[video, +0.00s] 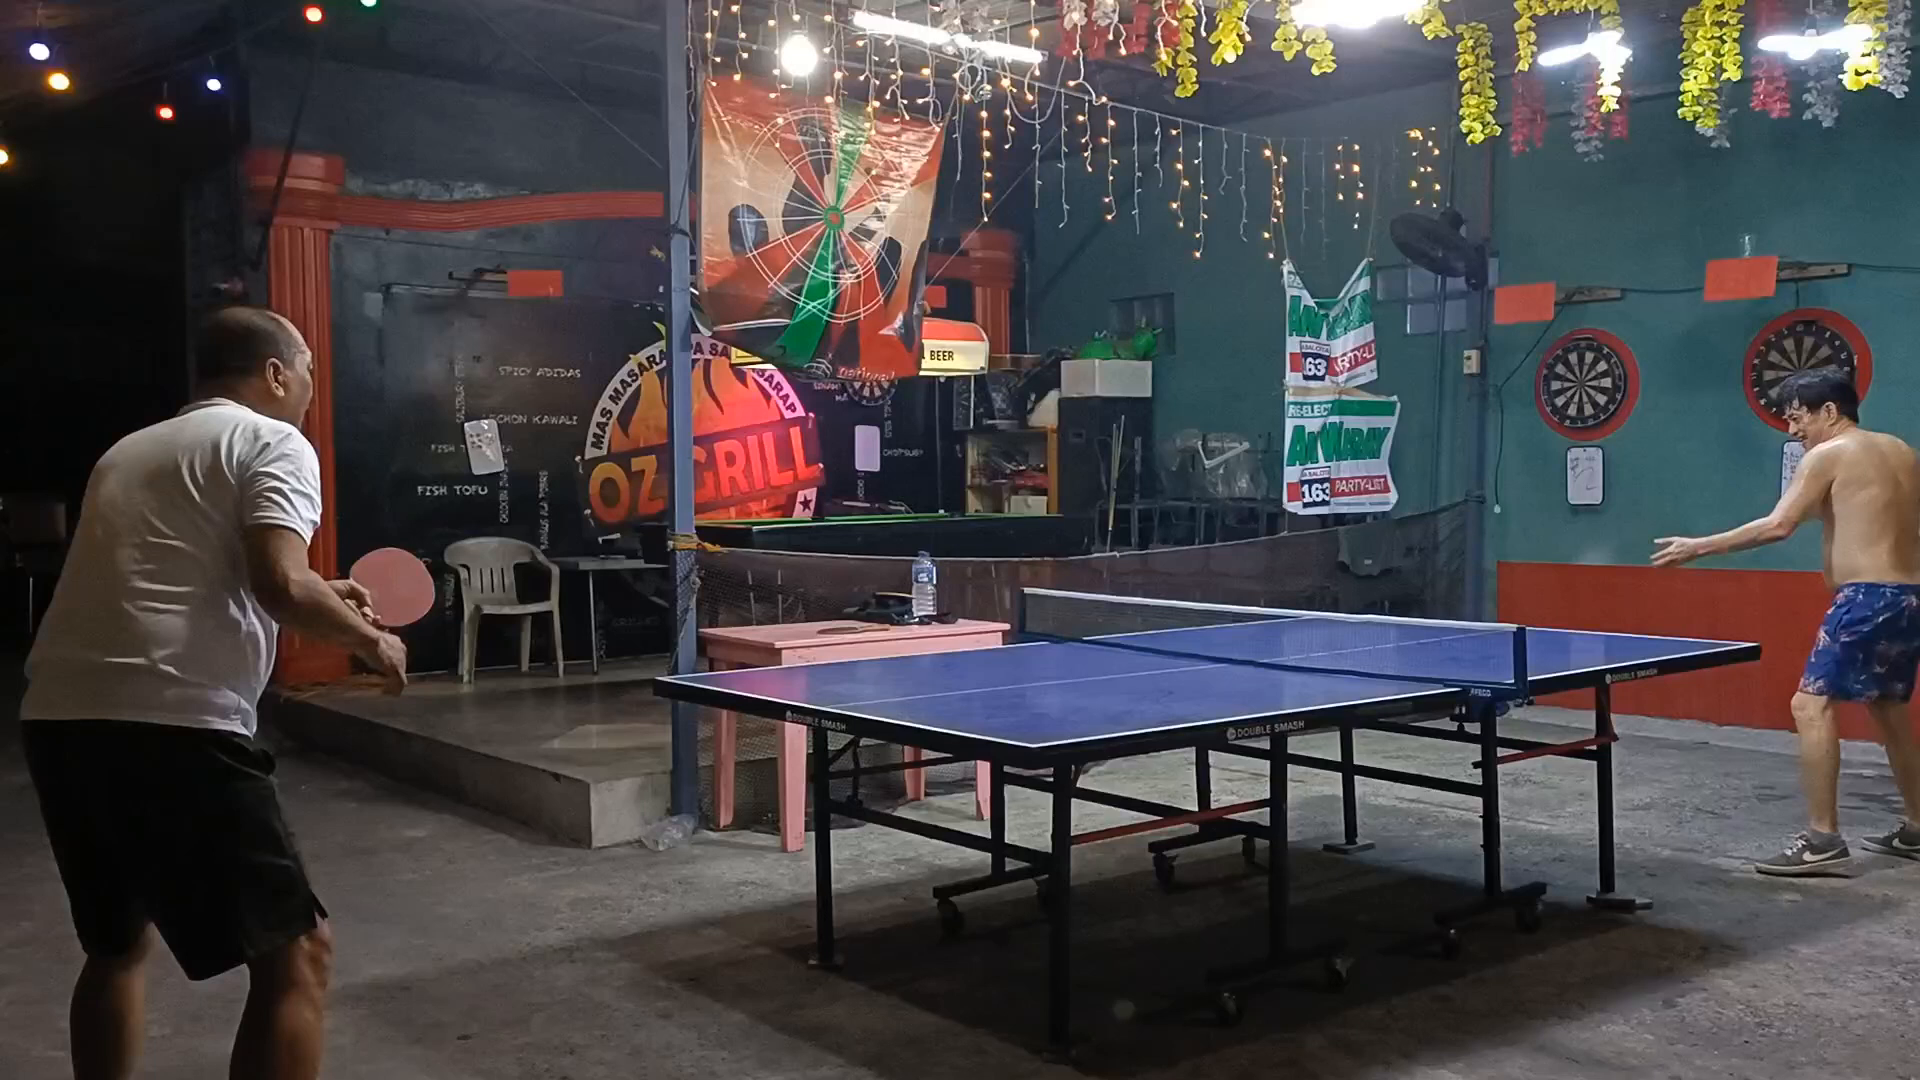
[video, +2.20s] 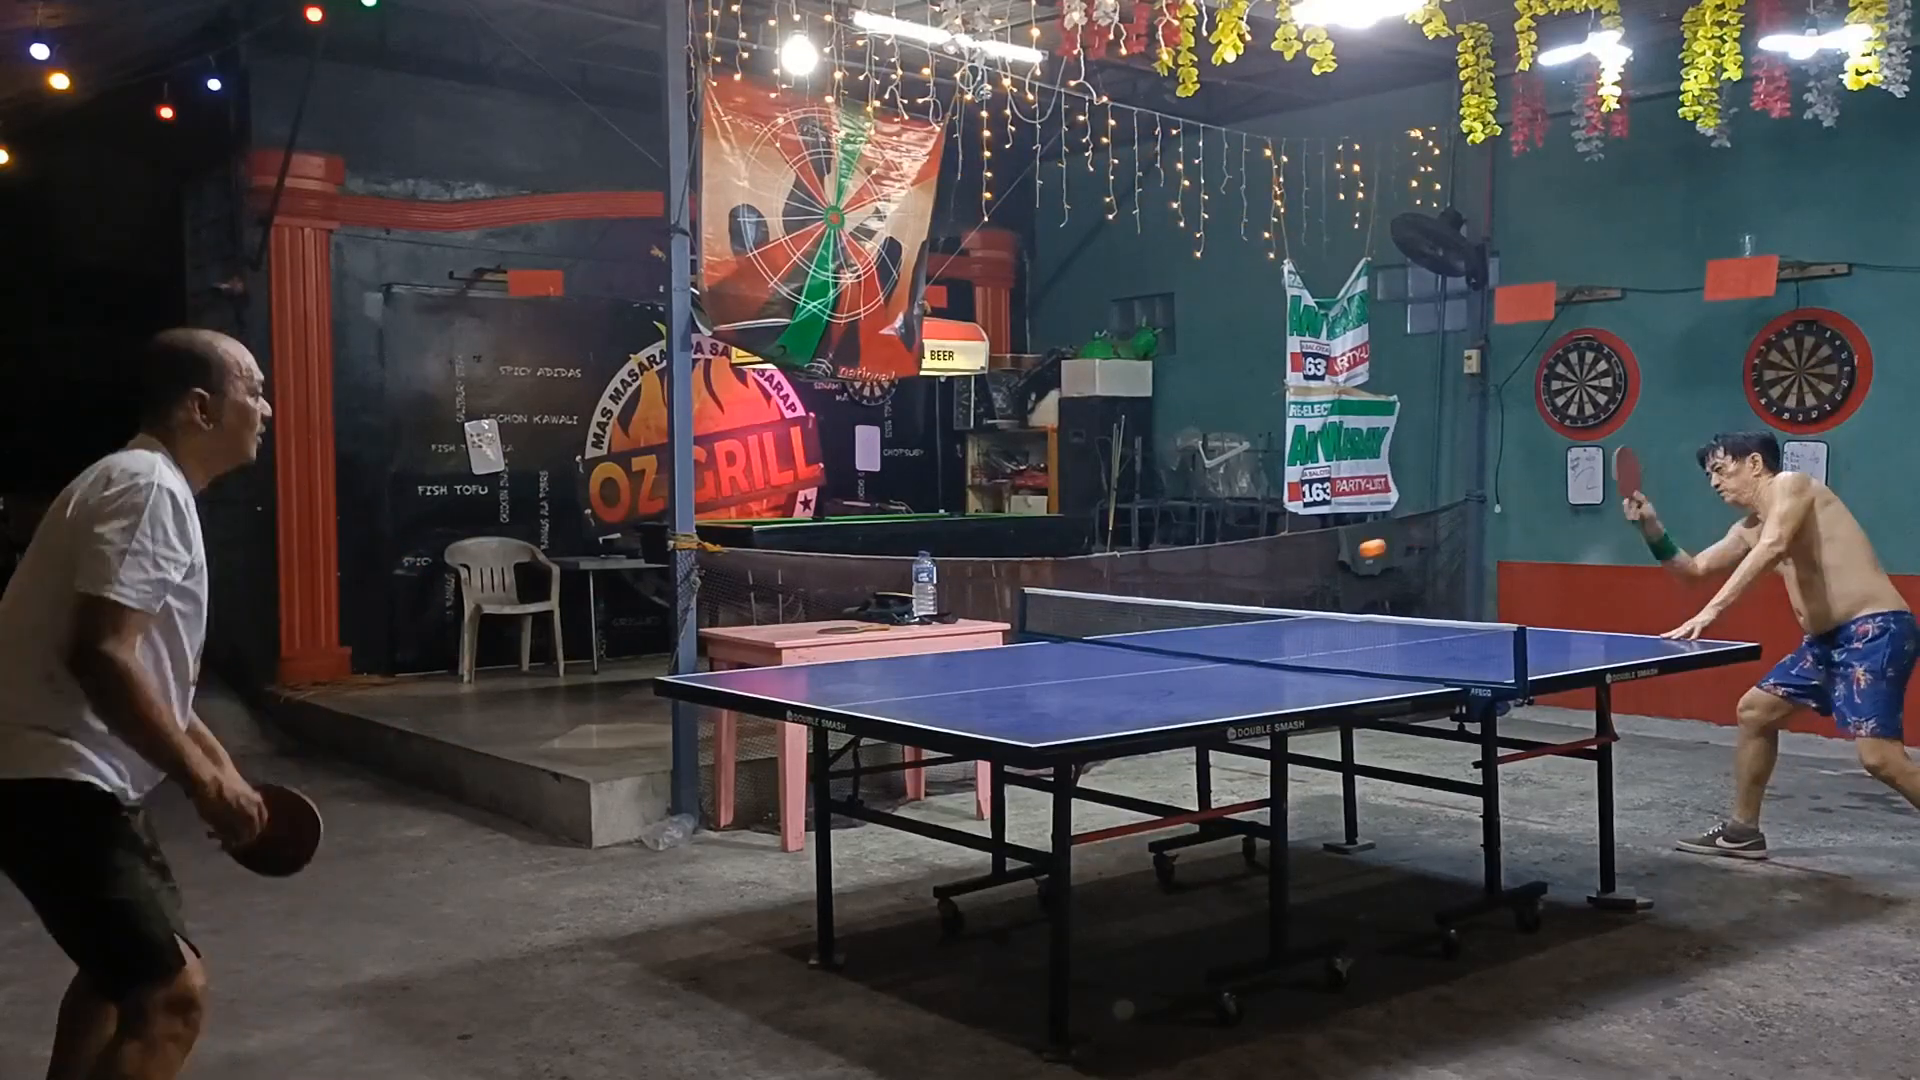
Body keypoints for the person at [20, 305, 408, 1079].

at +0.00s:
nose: (308, 392)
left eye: (308, 376)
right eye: (305, 375)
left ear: (209, 376)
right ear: (277, 372)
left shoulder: (122, 451)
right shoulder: (272, 442)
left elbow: (174, 578)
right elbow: (285, 581)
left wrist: (317, 593)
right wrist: (367, 638)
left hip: (59, 719)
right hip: (183, 725)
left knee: (115, 946)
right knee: (296, 951)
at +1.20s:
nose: (279, 466)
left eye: (276, 458)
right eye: (278, 457)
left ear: (199, 450)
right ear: (262, 447)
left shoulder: (126, 524)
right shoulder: (257, 469)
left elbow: (149, 633)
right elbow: (288, 573)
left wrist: (272, 663)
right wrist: (385, 693)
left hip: (90, 740)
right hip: (199, 726)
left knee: (182, 912)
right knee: (322, 961)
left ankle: (155, 1072)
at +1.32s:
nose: (287, 494)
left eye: (288, 483)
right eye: (286, 481)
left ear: (213, 461)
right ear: (271, 466)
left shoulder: (164, 529)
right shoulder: (244, 477)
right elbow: (246, 565)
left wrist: (373, 650)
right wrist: (367, 683)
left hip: (78, 739)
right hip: (169, 727)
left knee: (193, 916)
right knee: (298, 945)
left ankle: (160, 1070)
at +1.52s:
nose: (295, 465)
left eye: (296, 451)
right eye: (295, 448)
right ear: (271, 436)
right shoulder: (227, 455)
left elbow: (253, 673)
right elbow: (187, 541)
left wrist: (367, 734)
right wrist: (252, 663)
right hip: (126, 707)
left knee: (181, 937)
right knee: (223, 937)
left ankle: (161, 1070)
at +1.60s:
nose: (292, 460)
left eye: (296, 445)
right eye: (293, 442)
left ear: (230, 425)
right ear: (264, 428)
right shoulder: (223, 455)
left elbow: (219, 673)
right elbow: (175, 544)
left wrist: (326, 754)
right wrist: (227, 674)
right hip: (123, 712)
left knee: (193, 943)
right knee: (209, 950)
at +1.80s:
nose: (275, 421)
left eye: (276, 405)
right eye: (271, 404)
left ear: (194, 403)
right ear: (234, 402)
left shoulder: (131, 467)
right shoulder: (198, 455)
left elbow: (136, 641)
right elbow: (171, 581)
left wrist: (213, 760)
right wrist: (232, 725)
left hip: (77, 731)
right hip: (127, 737)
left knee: (205, 896)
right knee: (164, 988)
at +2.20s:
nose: (267, 412)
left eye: (263, 394)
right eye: (255, 393)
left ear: (195, 408)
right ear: (201, 407)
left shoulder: (136, 485)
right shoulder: (147, 485)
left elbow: (145, 672)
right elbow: (101, 653)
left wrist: (222, 770)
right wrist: (201, 773)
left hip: (57, 771)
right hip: (55, 776)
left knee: (116, 971)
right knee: (174, 992)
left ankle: (71, 1076)